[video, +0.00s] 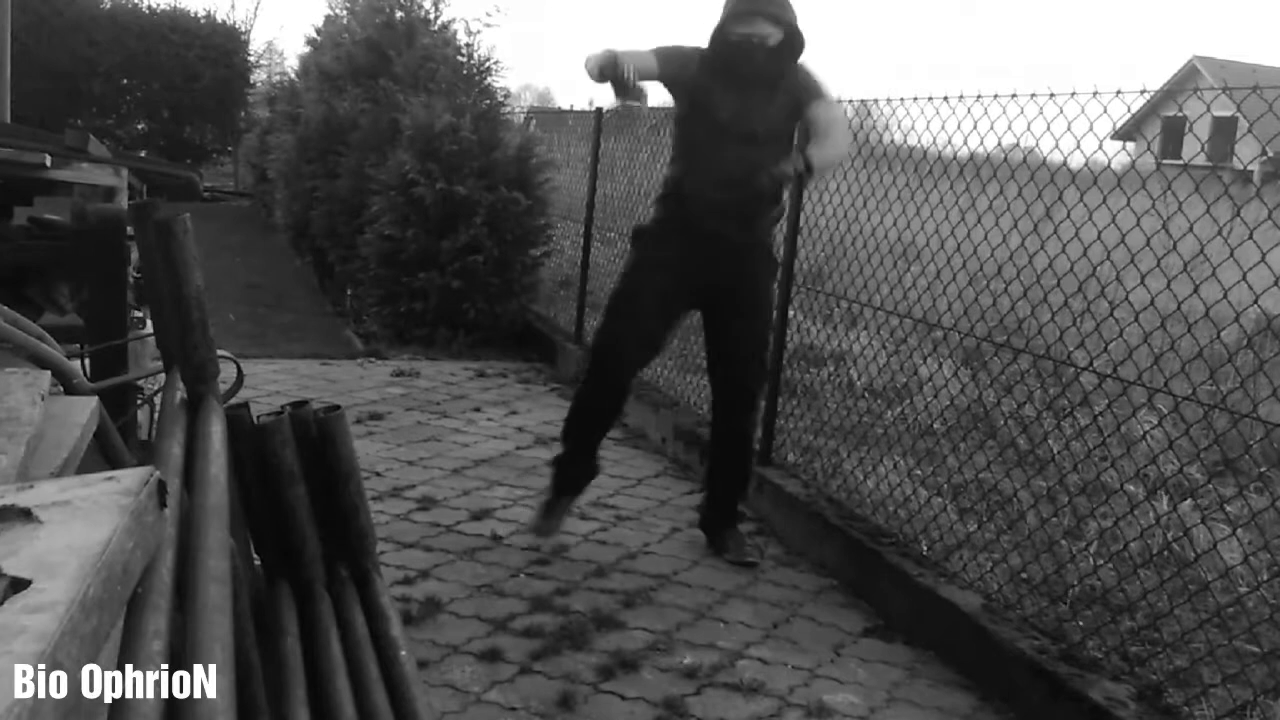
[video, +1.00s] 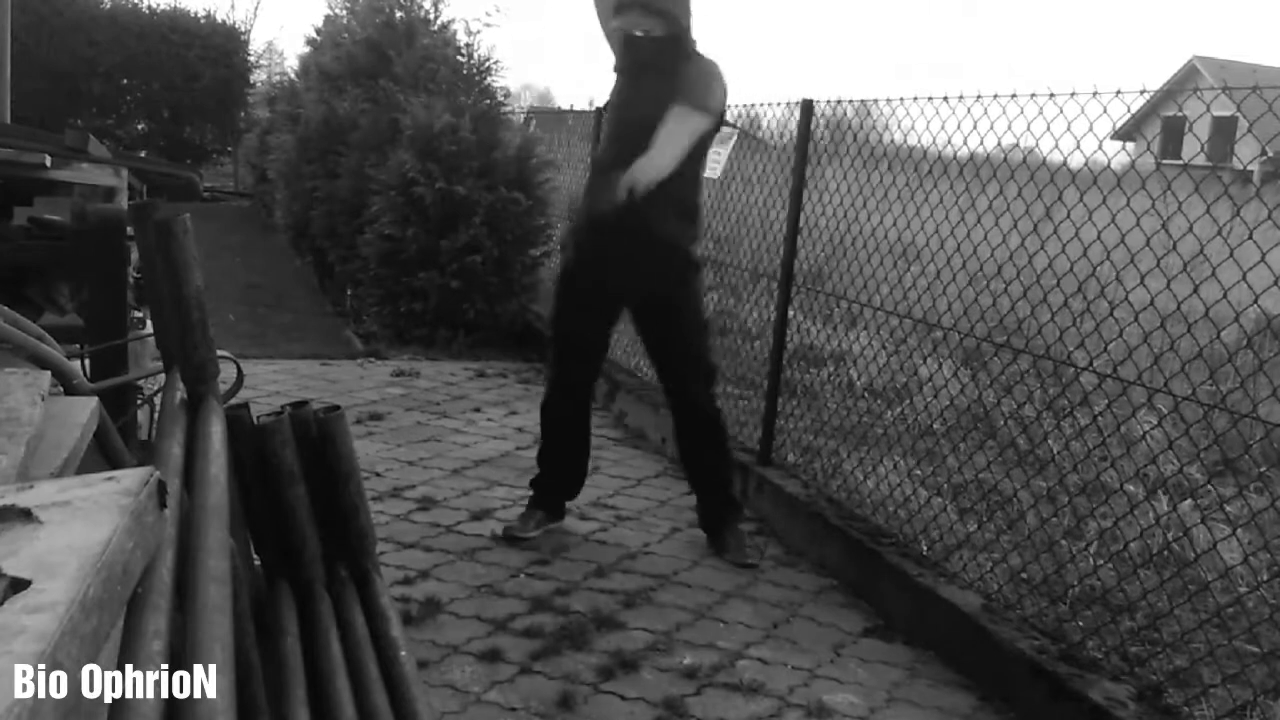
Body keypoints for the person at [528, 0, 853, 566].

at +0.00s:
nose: (754, 53)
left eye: (767, 43)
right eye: (743, 40)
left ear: (786, 42)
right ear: (724, 35)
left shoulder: (800, 85)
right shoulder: (693, 65)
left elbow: (839, 140)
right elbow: (602, 61)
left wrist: (795, 165)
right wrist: (615, 71)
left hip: (744, 258)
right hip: (672, 244)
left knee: (738, 393)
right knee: (611, 359)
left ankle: (722, 521)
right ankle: (565, 486)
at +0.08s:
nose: (724, 44)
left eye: (739, 35)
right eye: (716, 32)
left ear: (766, 36)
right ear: (707, 28)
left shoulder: (797, 70)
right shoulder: (698, 66)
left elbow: (834, 107)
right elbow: (631, 99)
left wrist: (796, 139)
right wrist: (628, 120)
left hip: (747, 247)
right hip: (677, 230)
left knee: (736, 385)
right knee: (628, 314)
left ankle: (723, 521)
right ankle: (593, 463)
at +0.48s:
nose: (721, 44)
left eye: (735, 36)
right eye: (713, 32)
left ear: (761, 38)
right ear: (704, 28)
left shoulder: (791, 80)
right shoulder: (688, 67)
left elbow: (840, 129)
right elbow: (604, 74)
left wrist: (805, 99)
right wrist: (590, 106)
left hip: (744, 251)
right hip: (673, 236)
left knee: (736, 385)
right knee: (612, 344)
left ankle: (724, 521)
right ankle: (555, 479)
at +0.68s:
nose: (717, 55)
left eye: (731, 47)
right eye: (709, 42)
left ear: (751, 52)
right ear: (695, 40)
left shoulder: (755, 119)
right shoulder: (665, 81)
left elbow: (780, 190)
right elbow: (597, 85)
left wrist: (804, 132)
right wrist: (523, 95)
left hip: (737, 274)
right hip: (668, 265)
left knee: (738, 399)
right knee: (620, 390)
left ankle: (725, 524)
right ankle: (547, 507)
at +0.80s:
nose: (689, 48)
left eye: (703, 39)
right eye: (681, 36)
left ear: (727, 44)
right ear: (668, 35)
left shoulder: (739, 97)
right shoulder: (648, 70)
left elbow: (749, 172)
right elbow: (608, 43)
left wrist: (750, 101)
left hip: (717, 261)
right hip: (645, 254)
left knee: (725, 394)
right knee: (600, 384)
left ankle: (725, 522)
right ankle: (550, 507)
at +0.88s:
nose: (661, 53)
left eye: (676, 41)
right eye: (649, 41)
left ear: (698, 40)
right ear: (634, 37)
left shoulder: (722, 77)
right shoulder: (628, 57)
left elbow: (707, 143)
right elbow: (605, 4)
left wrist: (686, 101)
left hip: (691, 252)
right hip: (619, 246)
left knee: (709, 390)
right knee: (579, 378)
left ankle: (724, 522)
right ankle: (547, 502)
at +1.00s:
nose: (631, 37)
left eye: (642, 28)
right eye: (622, 28)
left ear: (669, 25)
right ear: (616, 31)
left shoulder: (701, 77)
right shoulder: (628, 72)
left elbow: (662, 158)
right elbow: (604, 11)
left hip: (660, 255)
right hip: (596, 247)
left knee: (691, 390)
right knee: (570, 378)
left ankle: (723, 522)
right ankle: (547, 501)